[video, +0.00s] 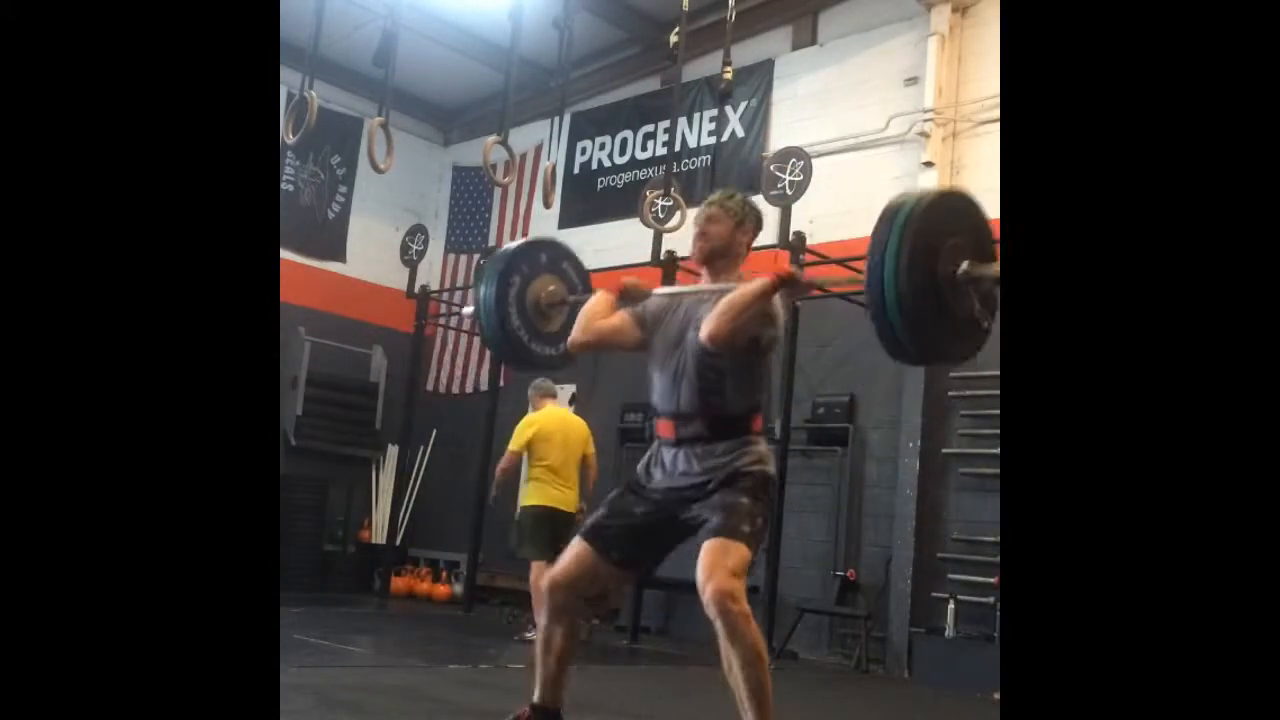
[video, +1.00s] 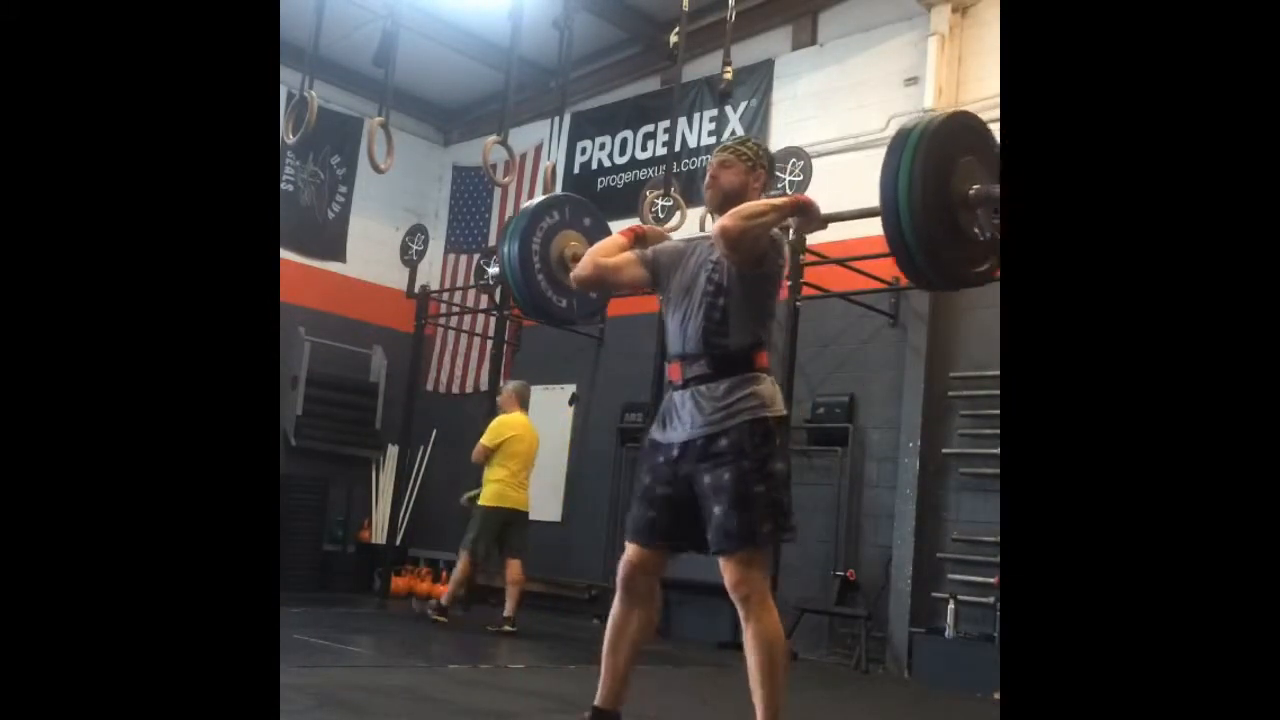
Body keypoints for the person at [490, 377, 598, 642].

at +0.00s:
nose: (531, 407)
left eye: (531, 404)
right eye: (532, 404)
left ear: (536, 400)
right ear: (555, 398)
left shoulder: (533, 420)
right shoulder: (580, 424)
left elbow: (507, 464)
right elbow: (591, 467)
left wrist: (496, 487)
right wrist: (587, 500)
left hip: (536, 502)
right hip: (568, 505)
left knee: (539, 565)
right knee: (559, 565)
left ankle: (541, 626)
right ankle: (560, 623)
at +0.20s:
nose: (527, 407)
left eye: (527, 403)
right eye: (529, 403)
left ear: (531, 401)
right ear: (551, 401)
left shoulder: (525, 423)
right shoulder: (573, 430)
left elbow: (501, 461)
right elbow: (583, 468)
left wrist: (513, 467)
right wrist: (584, 503)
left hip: (529, 500)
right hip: (557, 505)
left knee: (533, 561)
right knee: (537, 562)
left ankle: (538, 623)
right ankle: (520, 614)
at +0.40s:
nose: (522, 406)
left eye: (523, 402)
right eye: (525, 402)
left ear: (525, 401)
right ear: (546, 402)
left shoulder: (518, 422)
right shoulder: (562, 432)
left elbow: (497, 459)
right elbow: (569, 472)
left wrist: (516, 454)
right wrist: (565, 508)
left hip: (520, 501)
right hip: (545, 504)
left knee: (523, 560)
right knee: (527, 561)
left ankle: (535, 618)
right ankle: (511, 616)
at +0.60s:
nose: (518, 402)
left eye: (519, 398)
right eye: (519, 398)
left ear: (524, 398)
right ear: (543, 401)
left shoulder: (516, 419)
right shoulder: (554, 431)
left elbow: (491, 454)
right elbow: (553, 465)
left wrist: (512, 459)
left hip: (511, 499)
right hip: (537, 503)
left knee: (491, 552)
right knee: (522, 559)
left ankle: (516, 599)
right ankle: (512, 613)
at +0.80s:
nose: (510, 400)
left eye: (513, 396)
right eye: (512, 395)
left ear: (523, 398)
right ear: (533, 400)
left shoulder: (513, 419)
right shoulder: (544, 430)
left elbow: (486, 452)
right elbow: (532, 466)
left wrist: (508, 458)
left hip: (502, 497)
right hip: (529, 503)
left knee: (476, 549)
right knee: (520, 559)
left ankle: (480, 610)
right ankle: (510, 617)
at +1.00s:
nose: (497, 399)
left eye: (501, 394)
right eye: (499, 394)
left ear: (512, 397)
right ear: (520, 399)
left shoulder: (502, 423)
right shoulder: (532, 432)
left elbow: (477, 456)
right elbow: (516, 470)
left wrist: (502, 461)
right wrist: (483, 491)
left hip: (493, 500)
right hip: (519, 504)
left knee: (468, 553)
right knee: (514, 559)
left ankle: (443, 605)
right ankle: (509, 617)